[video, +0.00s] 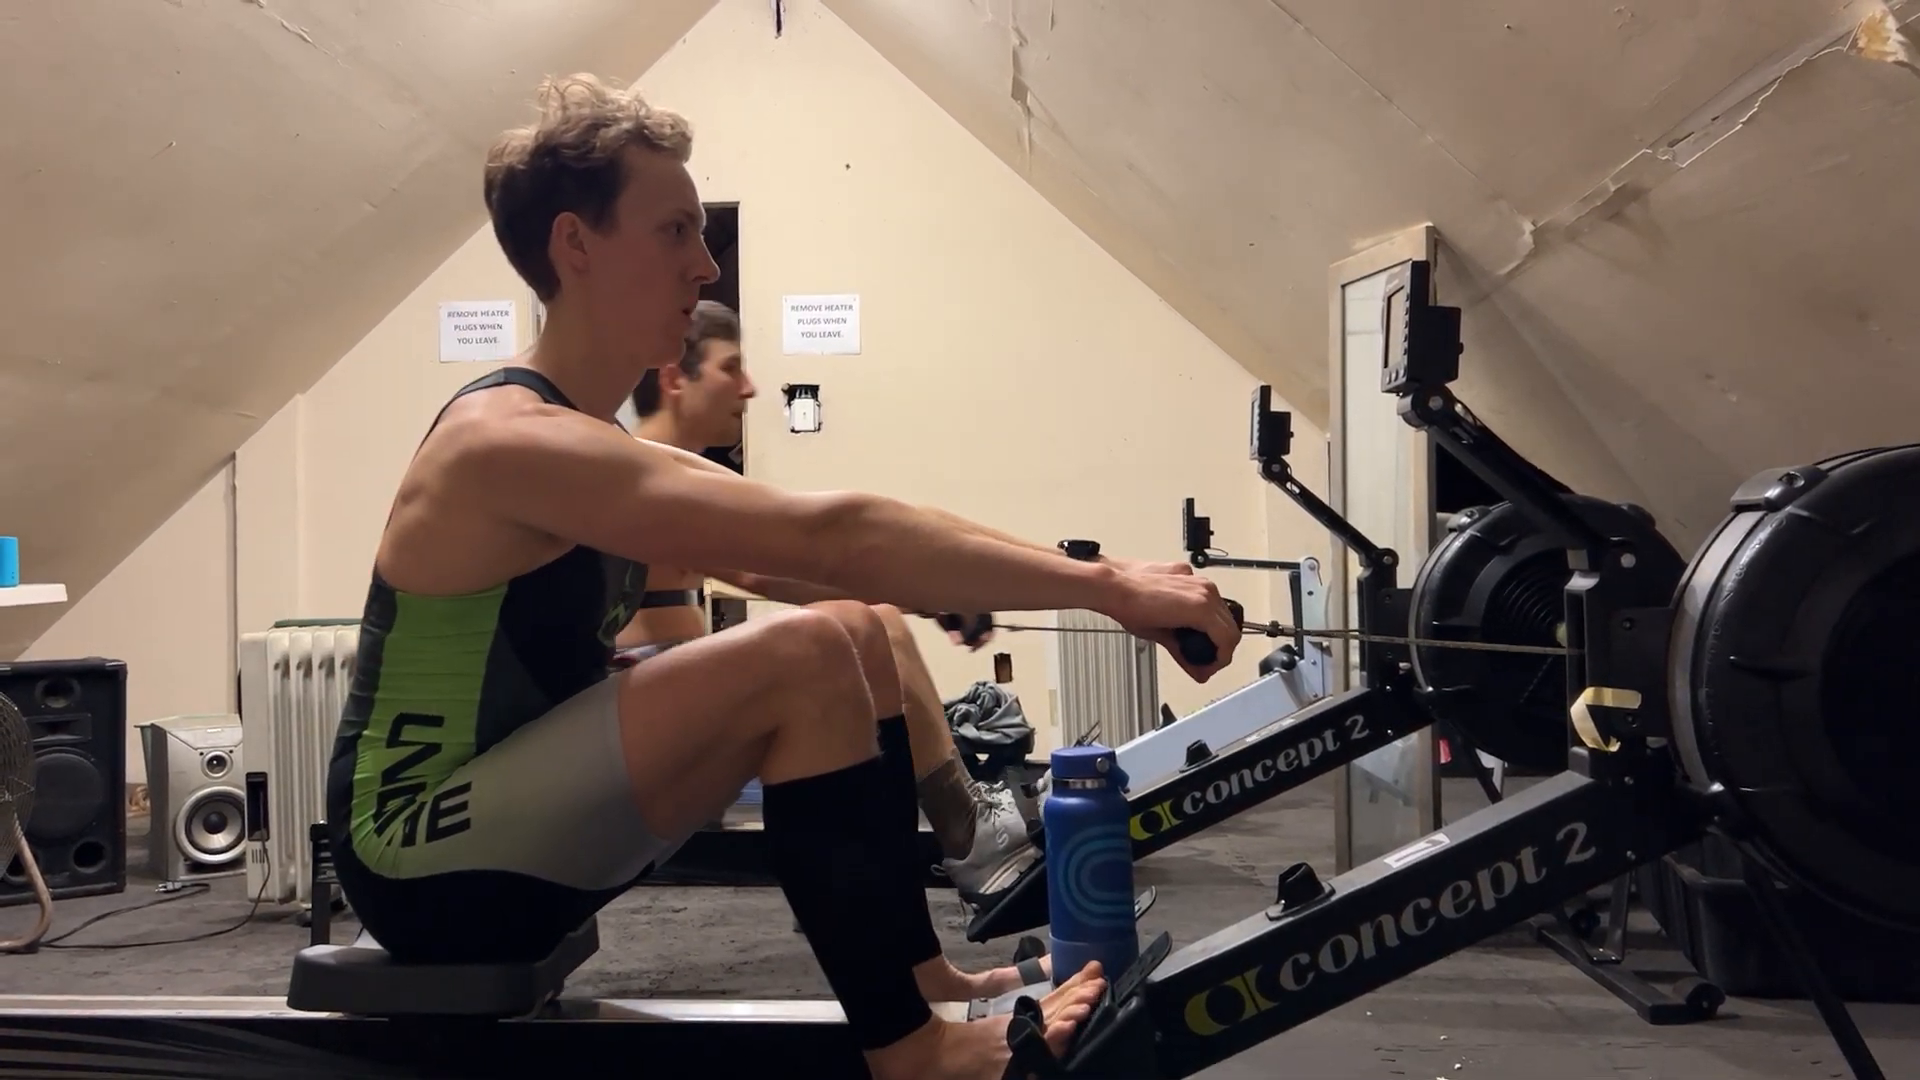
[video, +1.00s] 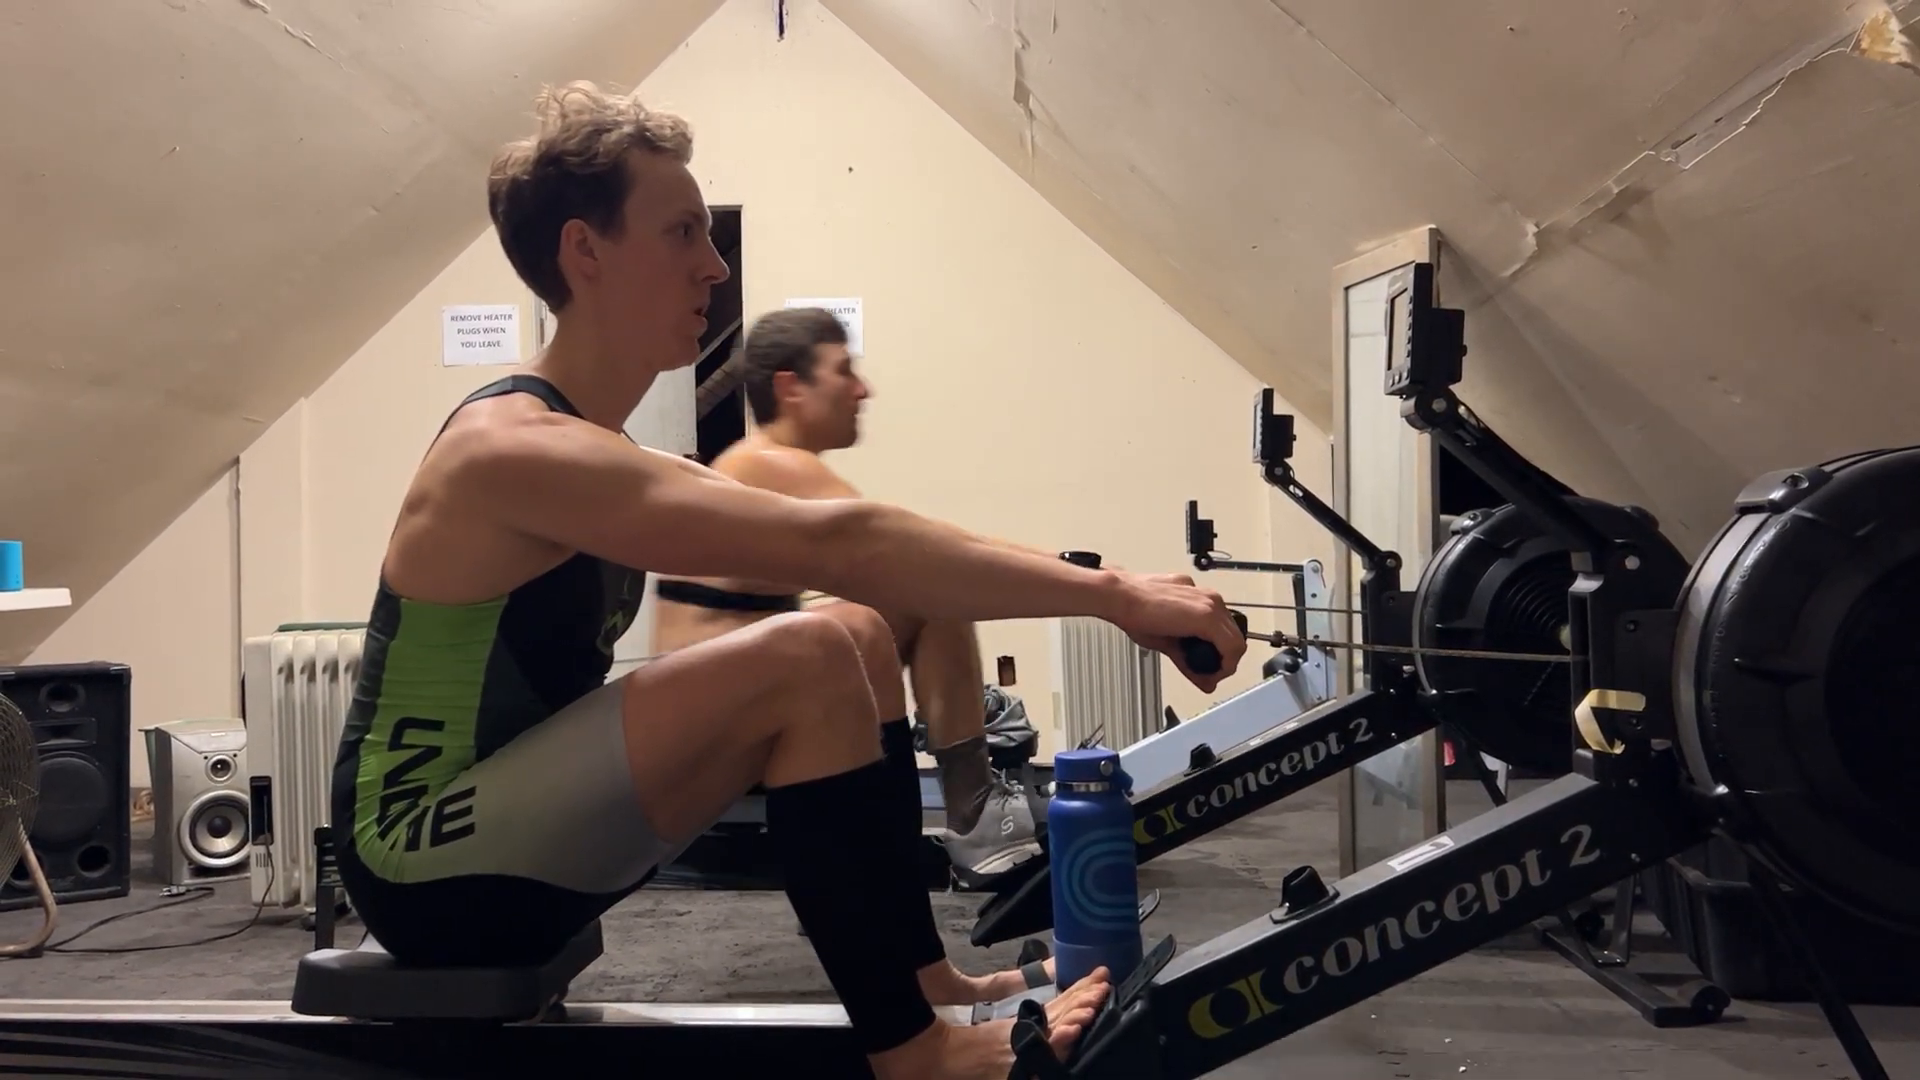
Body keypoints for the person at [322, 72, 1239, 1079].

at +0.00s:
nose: (708, 269)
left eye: (700, 237)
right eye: (678, 236)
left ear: (580, 253)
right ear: (573, 250)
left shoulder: (582, 433)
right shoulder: (512, 439)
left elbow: (813, 551)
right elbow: (820, 542)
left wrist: (1066, 581)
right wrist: (1110, 586)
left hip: (497, 817)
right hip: (428, 849)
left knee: (853, 641)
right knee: (804, 663)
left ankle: (923, 991)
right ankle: (900, 1044)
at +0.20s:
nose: (709, 266)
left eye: (702, 235)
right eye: (679, 234)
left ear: (582, 253)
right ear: (574, 250)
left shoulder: (588, 444)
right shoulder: (509, 440)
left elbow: (828, 544)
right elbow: (824, 537)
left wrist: (1080, 589)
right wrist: (1108, 589)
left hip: (496, 819)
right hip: (430, 848)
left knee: (844, 638)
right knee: (806, 657)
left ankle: (921, 992)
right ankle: (901, 1044)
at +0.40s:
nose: (711, 267)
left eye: (701, 235)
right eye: (680, 235)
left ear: (584, 256)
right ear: (575, 253)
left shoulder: (589, 447)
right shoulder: (511, 444)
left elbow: (845, 521)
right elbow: (828, 542)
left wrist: (1095, 578)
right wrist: (1115, 594)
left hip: (499, 823)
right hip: (432, 852)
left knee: (851, 641)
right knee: (804, 659)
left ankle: (924, 990)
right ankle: (903, 1045)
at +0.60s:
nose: (713, 271)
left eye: (704, 238)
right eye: (682, 237)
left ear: (588, 257)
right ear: (579, 253)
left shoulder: (586, 447)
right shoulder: (514, 445)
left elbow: (822, 547)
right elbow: (825, 544)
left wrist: (1098, 585)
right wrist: (1108, 589)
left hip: (497, 827)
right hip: (431, 852)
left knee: (849, 642)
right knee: (802, 661)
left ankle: (918, 988)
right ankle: (900, 1044)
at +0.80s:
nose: (715, 270)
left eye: (705, 238)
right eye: (683, 237)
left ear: (589, 258)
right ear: (581, 255)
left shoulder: (585, 449)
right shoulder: (514, 447)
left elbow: (826, 545)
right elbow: (827, 544)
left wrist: (1101, 585)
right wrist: (1110, 591)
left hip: (497, 828)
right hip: (432, 854)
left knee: (849, 644)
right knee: (805, 662)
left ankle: (918, 988)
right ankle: (901, 1045)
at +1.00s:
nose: (718, 269)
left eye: (709, 236)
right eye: (686, 236)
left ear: (590, 259)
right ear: (583, 256)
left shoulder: (589, 449)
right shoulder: (515, 446)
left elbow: (839, 545)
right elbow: (834, 546)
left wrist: (1096, 585)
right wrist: (1111, 593)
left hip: (499, 824)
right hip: (433, 851)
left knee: (847, 642)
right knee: (809, 658)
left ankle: (925, 995)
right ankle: (903, 1043)